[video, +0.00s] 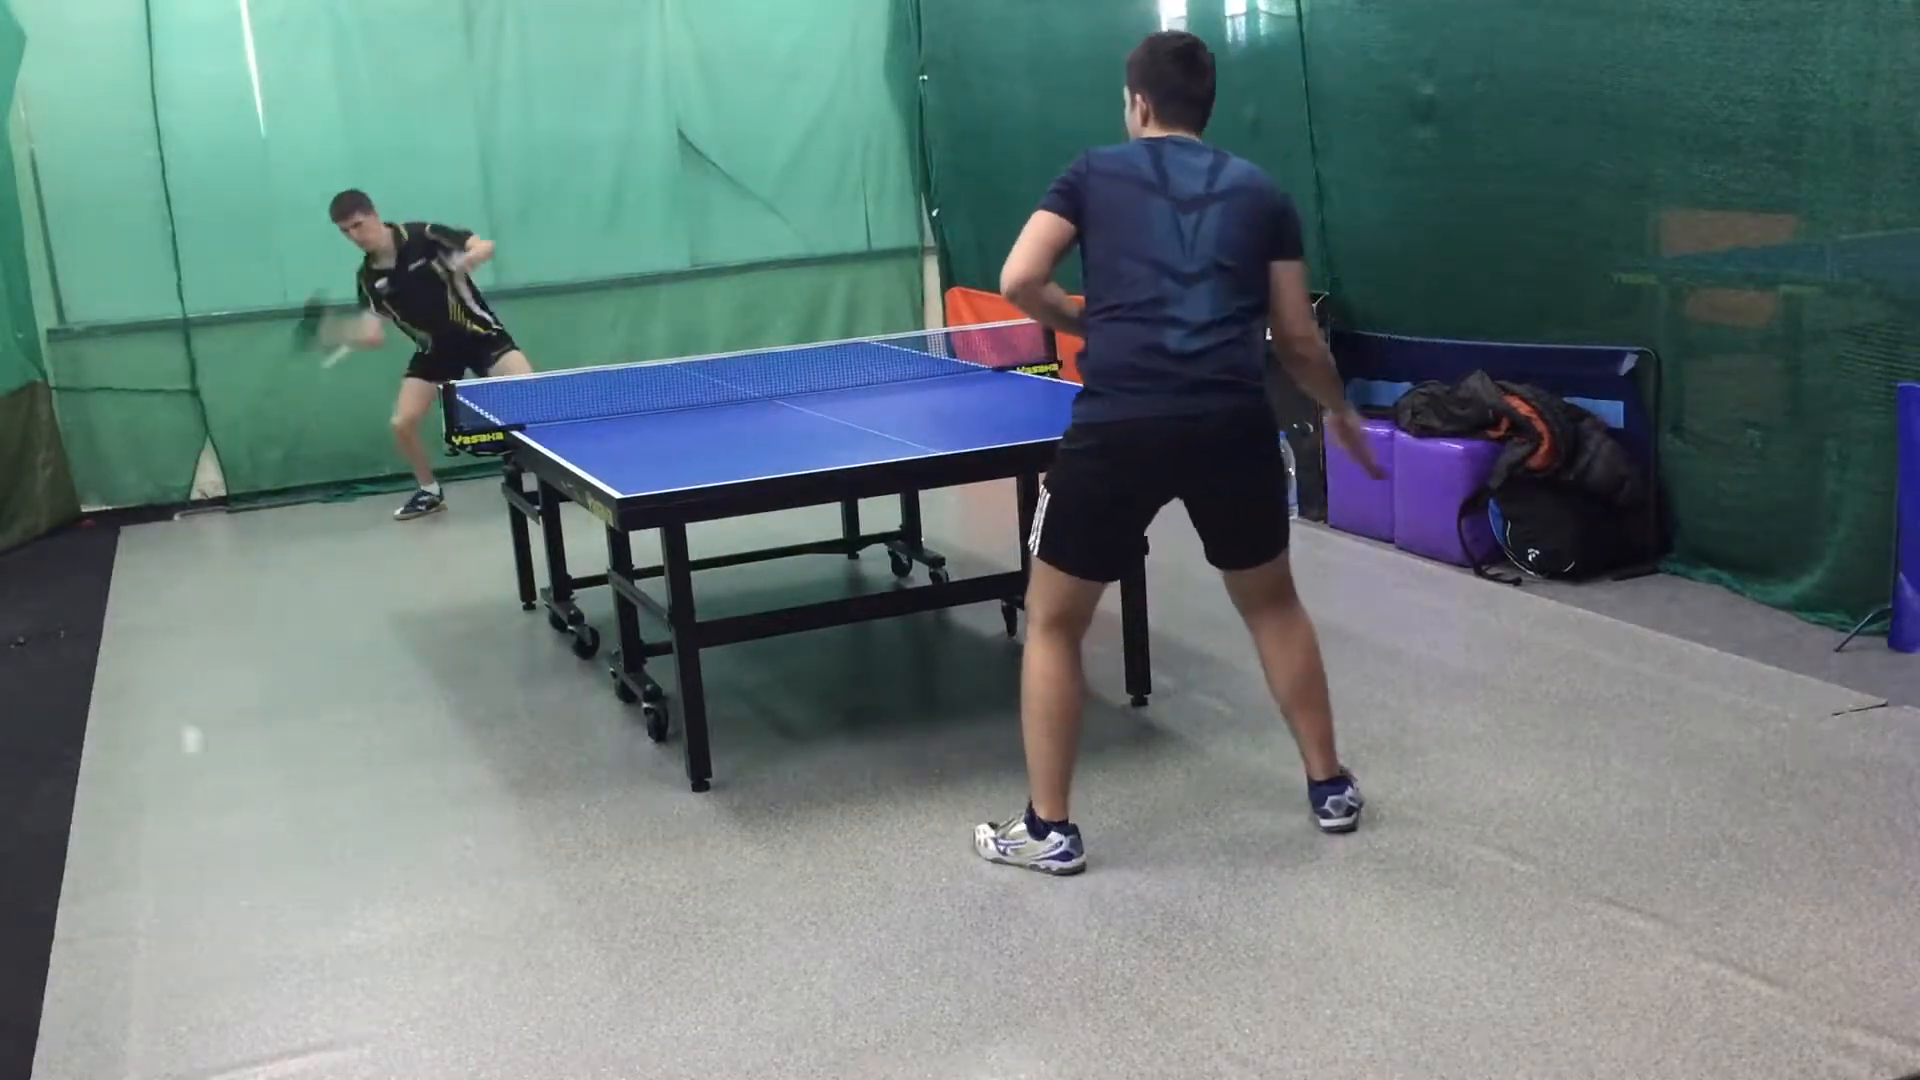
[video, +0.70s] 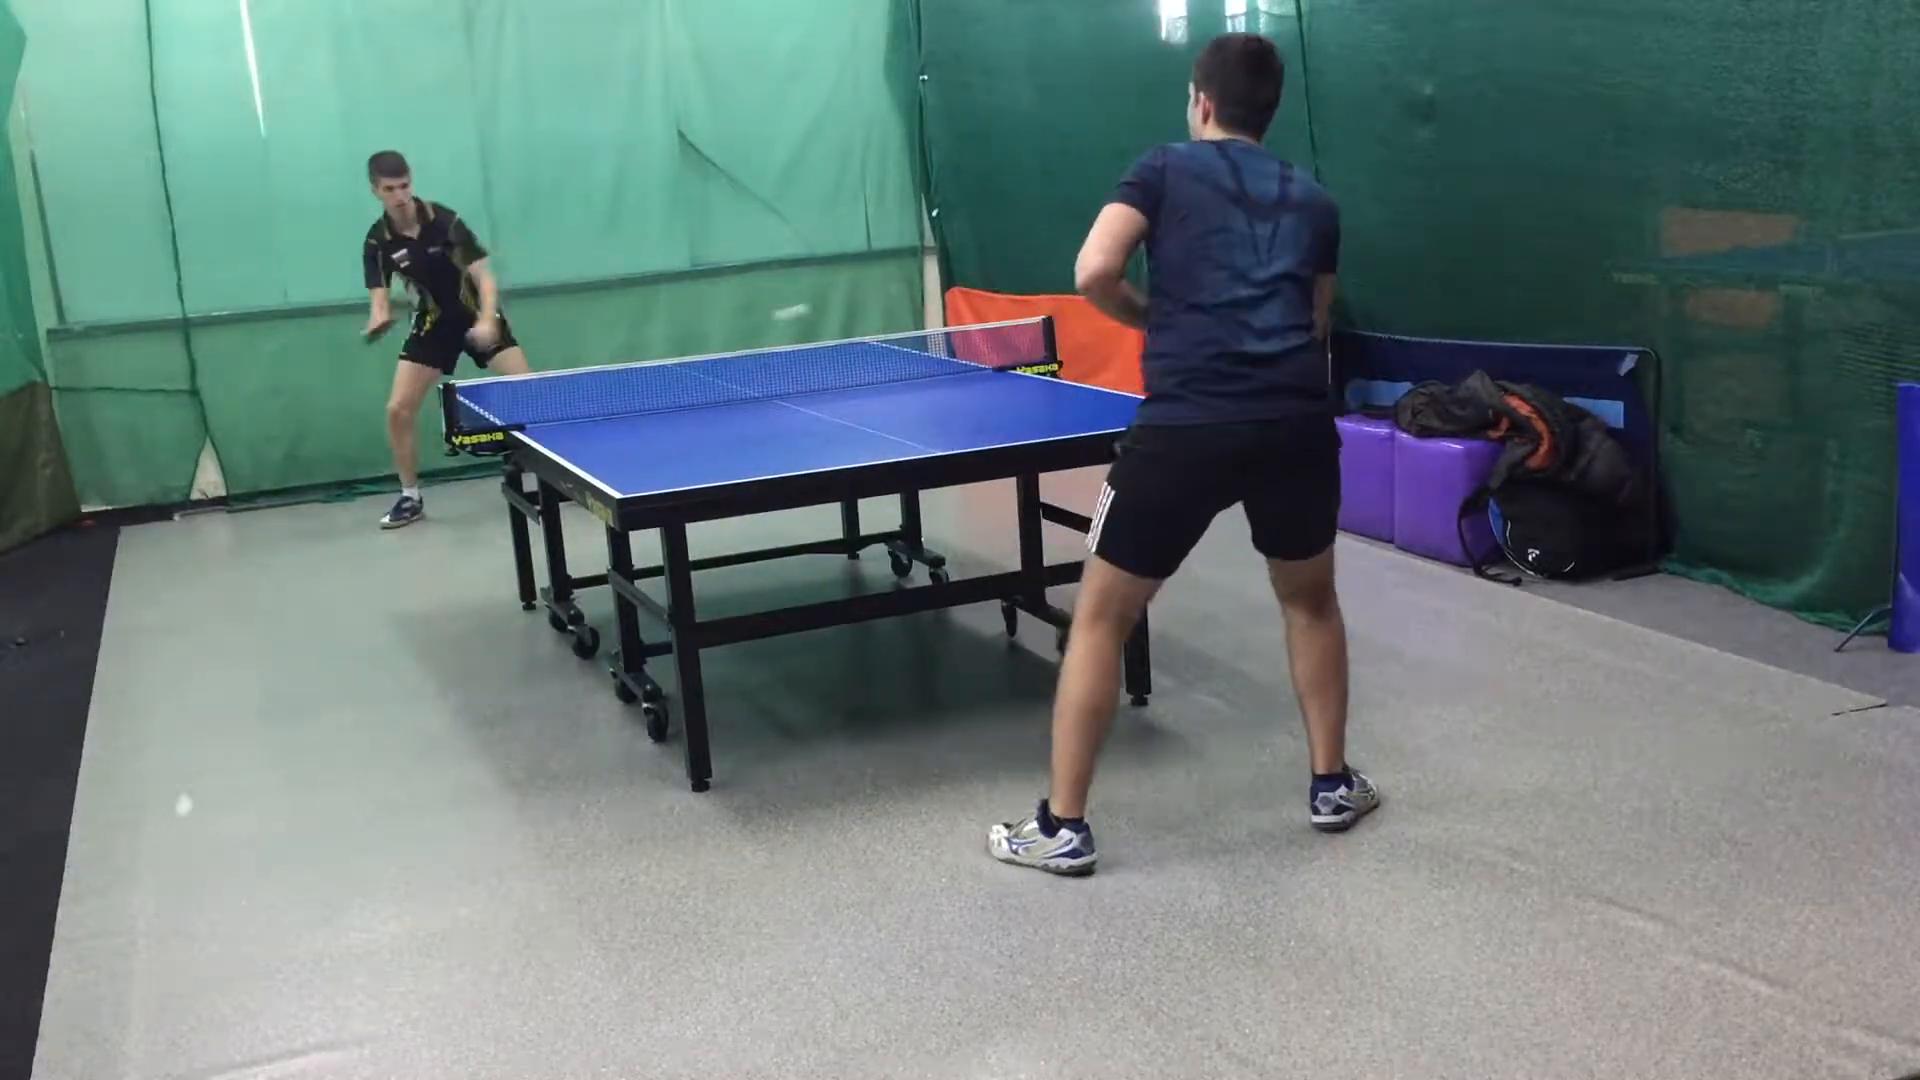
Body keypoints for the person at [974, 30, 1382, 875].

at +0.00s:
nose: (1127, 110)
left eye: (1127, 99)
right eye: (1135, 98)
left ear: (1136, 104)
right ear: (1209, 106)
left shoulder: (1096, 173)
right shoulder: (1259, 192)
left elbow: (1020, 280)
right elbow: (1295, 335)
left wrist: (1084, 319)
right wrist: (1341, 414)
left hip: (1118, 432)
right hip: (1231, 431)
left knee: (1055, 624)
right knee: (1274, 605)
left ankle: (1050, 827)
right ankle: (1330, 787)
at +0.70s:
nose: (1192, 106)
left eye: (1193, 95)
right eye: (1200, 95)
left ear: (1202, 103)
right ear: (1273, 111)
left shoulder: (1164, 168)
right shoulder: (1312, 198)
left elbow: (1095, 274)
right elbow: (1318, 315)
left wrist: (1152, 317)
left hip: (1184, 432)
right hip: (1294, 432)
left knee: (1102, 617)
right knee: (1310, 601)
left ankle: (1063, 823)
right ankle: (1331, 784)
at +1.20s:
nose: (1136, 112)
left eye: (1135, 102)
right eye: (1143, 100)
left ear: (1146, 106)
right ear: (1219, 107)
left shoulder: (1111, 175)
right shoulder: (1272, 192)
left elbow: (1042, 285)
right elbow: (1299, 329)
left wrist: (1098, 321)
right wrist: (1307, 387)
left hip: (1145, 435)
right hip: (1255, 430)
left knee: (1071, 625)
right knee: (1293, 605)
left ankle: (1068, 829)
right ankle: (1346, 784)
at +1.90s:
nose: (1180, 112)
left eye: (1181, 101)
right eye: (1187, 101)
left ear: (1193, 107)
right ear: (1264, 111)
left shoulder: (1163, 175)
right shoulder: (1313, 197)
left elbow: (1107, 290)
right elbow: (1311, 303)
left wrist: (1157, 323)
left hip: (1198, 443)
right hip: (1307, 438)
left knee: (1108, 620)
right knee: (1321, 601)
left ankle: (1082, 829)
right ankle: (1352, 782)